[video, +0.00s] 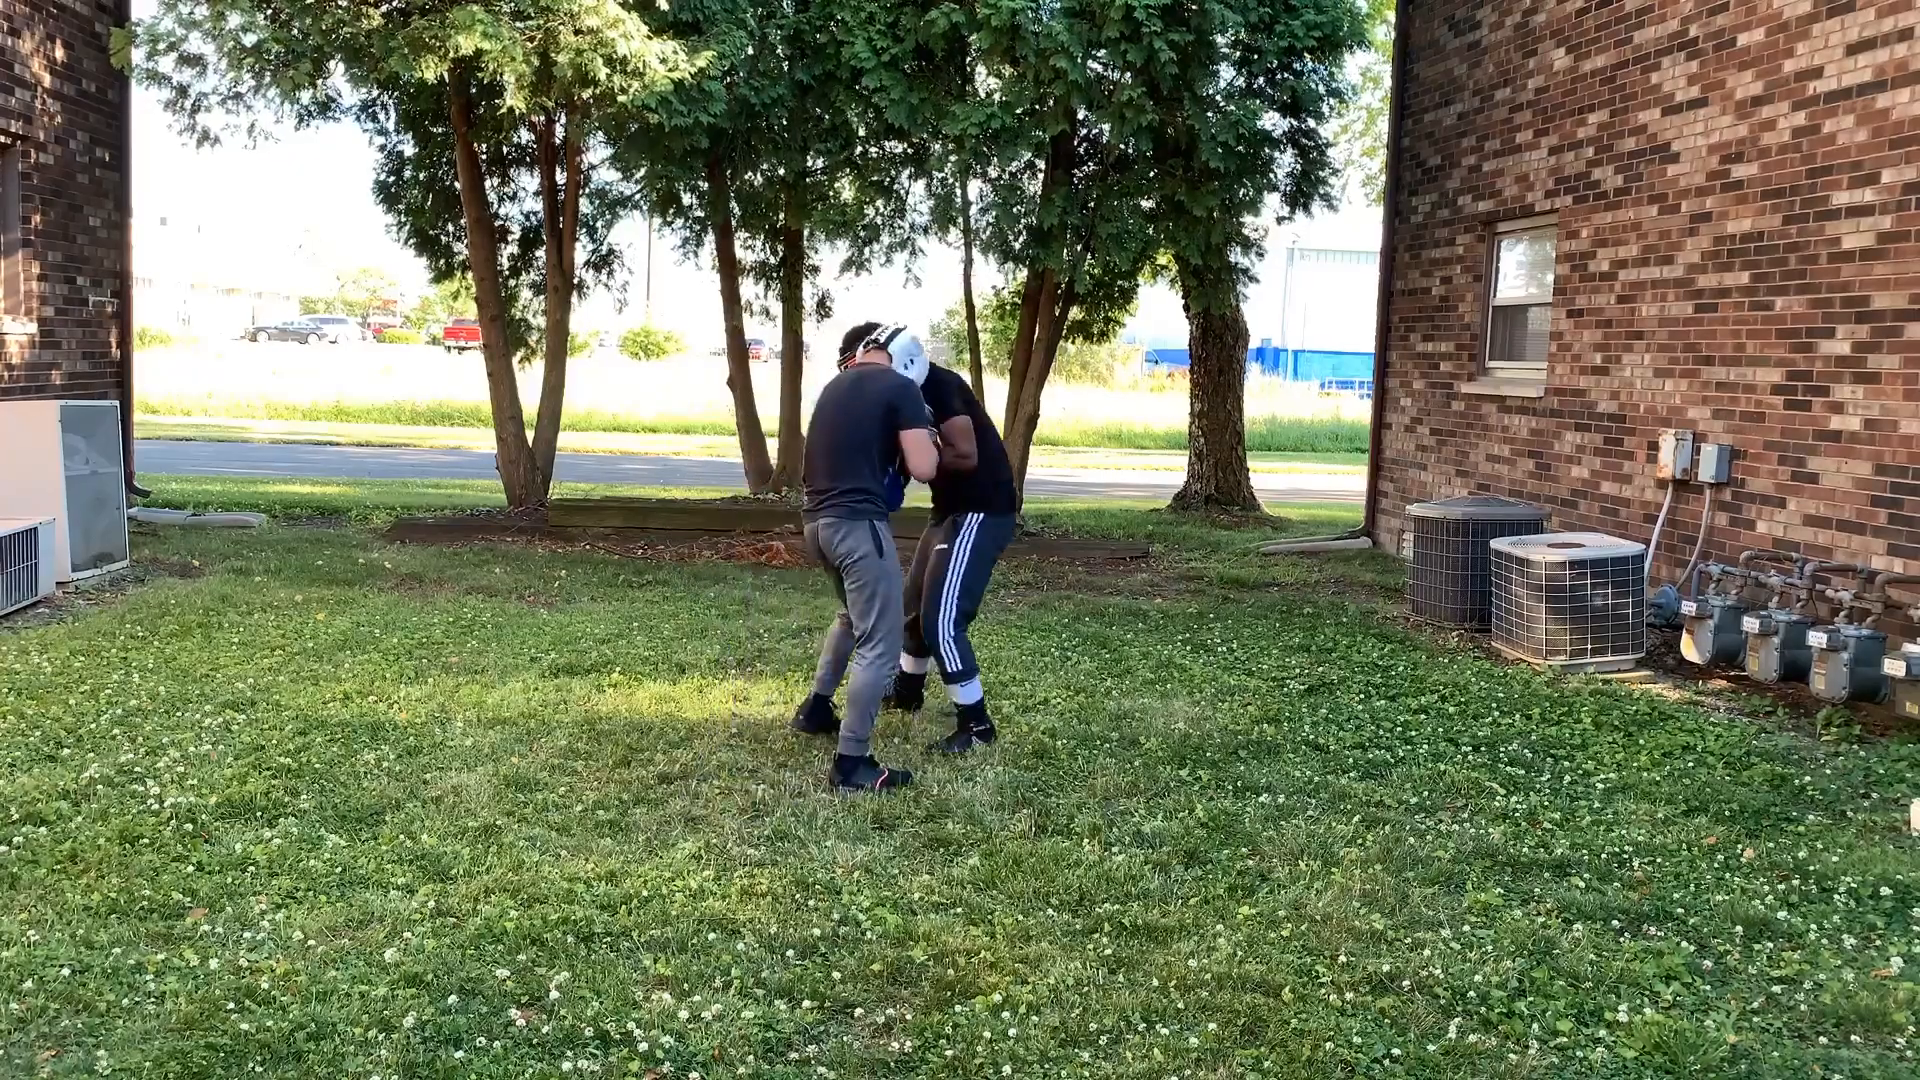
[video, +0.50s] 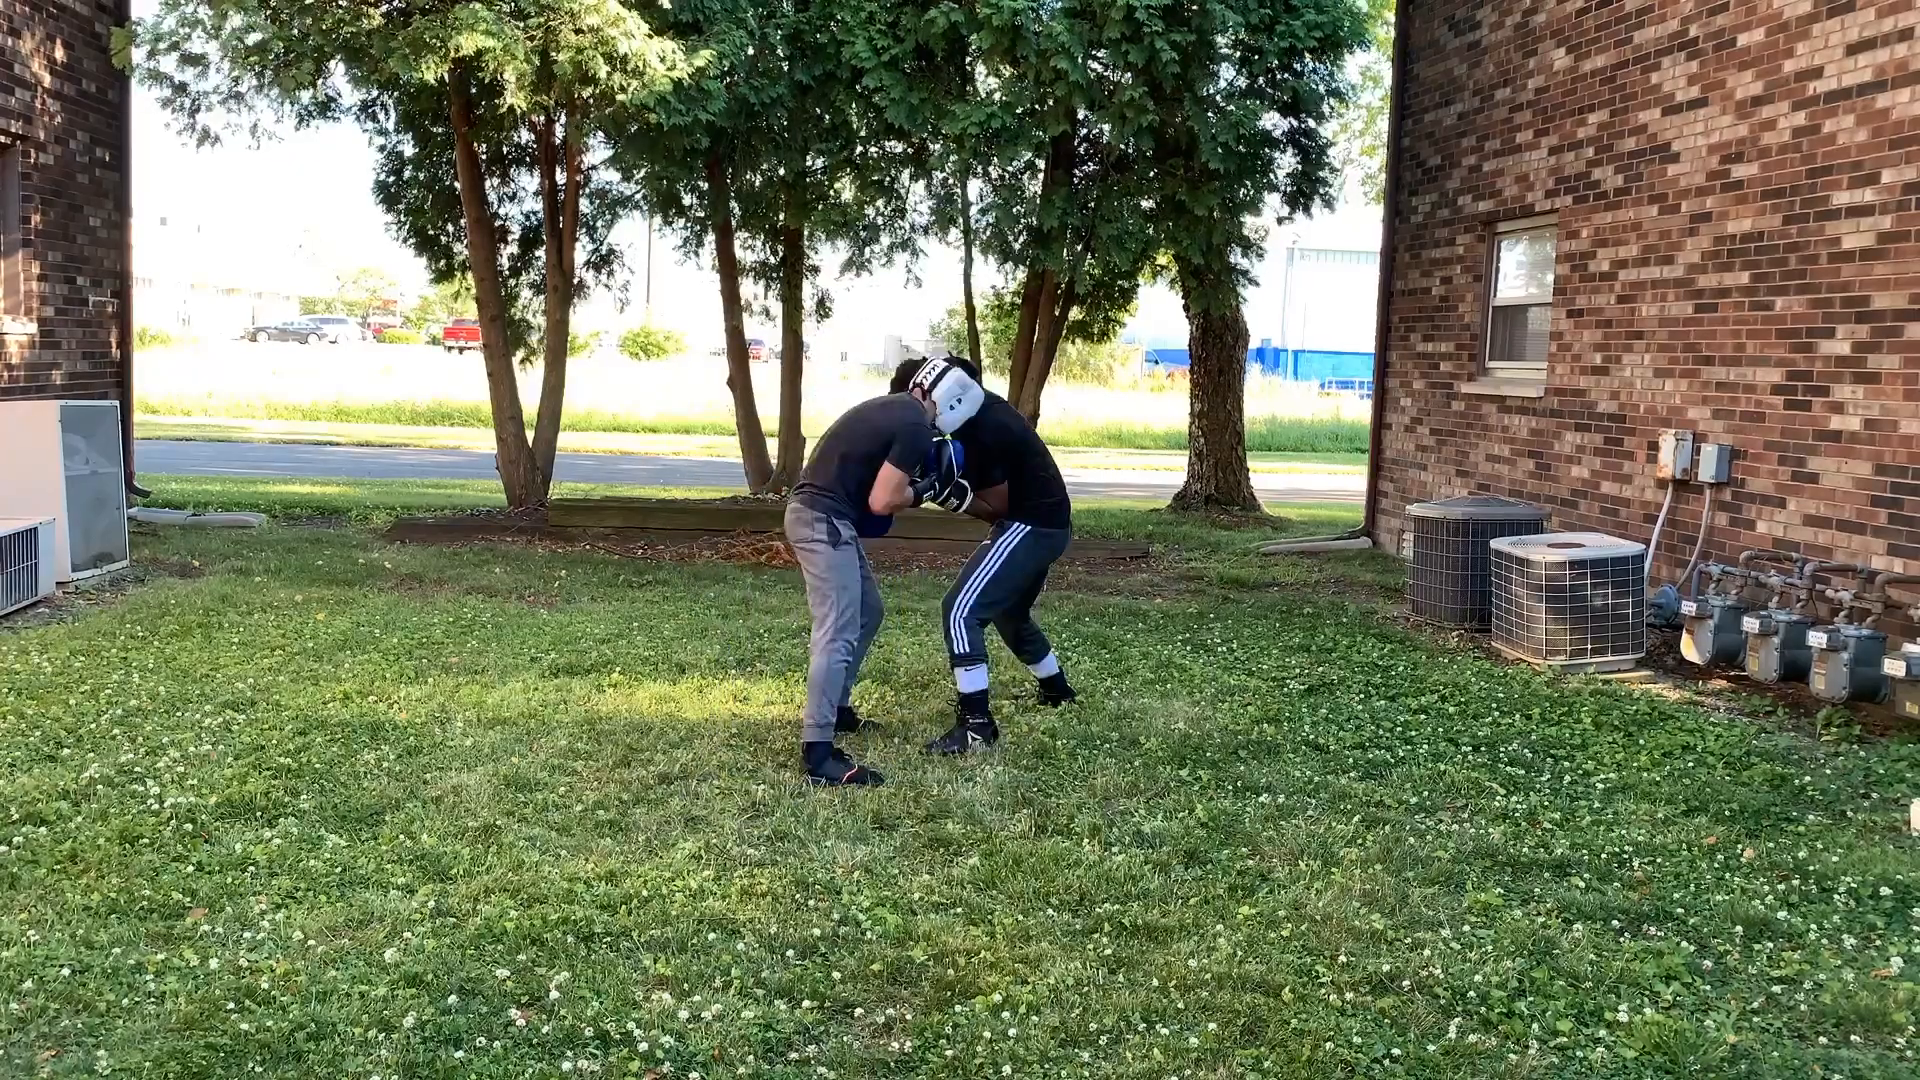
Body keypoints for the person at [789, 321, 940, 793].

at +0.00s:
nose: (895, 357)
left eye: (887, 349)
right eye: (891, 350)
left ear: (852, 357)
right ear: (889, 354)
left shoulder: (833, 388)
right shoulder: (898, 385)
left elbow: (835, 456)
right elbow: (922, 467)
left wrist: (895, 448)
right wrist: (914, 443)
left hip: (817, 523)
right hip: (859, 524)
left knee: (857, 611)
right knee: (879, 645)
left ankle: (817, 705)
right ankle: (853, 761)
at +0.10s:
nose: (911, 372)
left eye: (913, 364)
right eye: (912, 362)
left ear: (867, 351)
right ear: (898, 355)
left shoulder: (840, 385)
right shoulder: (890, 387)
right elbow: (907, 470)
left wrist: (910, 435)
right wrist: (927, 444)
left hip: (823, 522)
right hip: (855, 525)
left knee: (861, 619)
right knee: (877, 646)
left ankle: (827, 707)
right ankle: (851, 763)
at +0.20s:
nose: (923, 384)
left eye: (926, 375)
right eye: (924, 373)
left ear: (884, 354)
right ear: (909, 361)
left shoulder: (856, 386)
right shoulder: (887, 393)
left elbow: (860, 470)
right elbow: (881, 474)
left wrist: (906, 455)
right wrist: (912, 460)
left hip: (826, 518)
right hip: (845, 522)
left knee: (861, 628)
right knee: (867, 642)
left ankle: (833, 711)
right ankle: (849, 763)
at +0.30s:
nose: (931, 401)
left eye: (937, 393)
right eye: (935, 391)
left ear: (903, 369)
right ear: (922, 377)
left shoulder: (876, 395)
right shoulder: (892, 402)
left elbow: (873, 480)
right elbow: (873, 481)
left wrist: (913, 463)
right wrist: (918, 468)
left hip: (834, 520)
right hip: (826, 522)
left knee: (871, 621)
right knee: (847, 633)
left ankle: (830, 713)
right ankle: (839, 757)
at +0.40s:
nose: (942, 416)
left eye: (948, 408)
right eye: (945, 405)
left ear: (913, 382)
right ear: (930, 389)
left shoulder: (891, 407)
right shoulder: (902, 413)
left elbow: (874, 498)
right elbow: (875, 494)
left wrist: (917, 477)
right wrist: (921, 480)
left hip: (829, 517)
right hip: (814, 516)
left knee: (866, 619)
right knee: (839, 632)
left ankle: (833, 710)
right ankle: (817, 751)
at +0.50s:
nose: (950, 416)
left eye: (955, 407)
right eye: (951, 404)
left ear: (917, 386)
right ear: (931, 391)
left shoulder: (891, 409)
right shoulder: (914, 422)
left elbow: (876, 493)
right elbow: (882, 500)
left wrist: (920, 483)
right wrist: (923, 489)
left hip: (827, 518)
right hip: (821, 520)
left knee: (868, 614)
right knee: (838, 630)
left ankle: (834, 708)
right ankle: (817, 753)